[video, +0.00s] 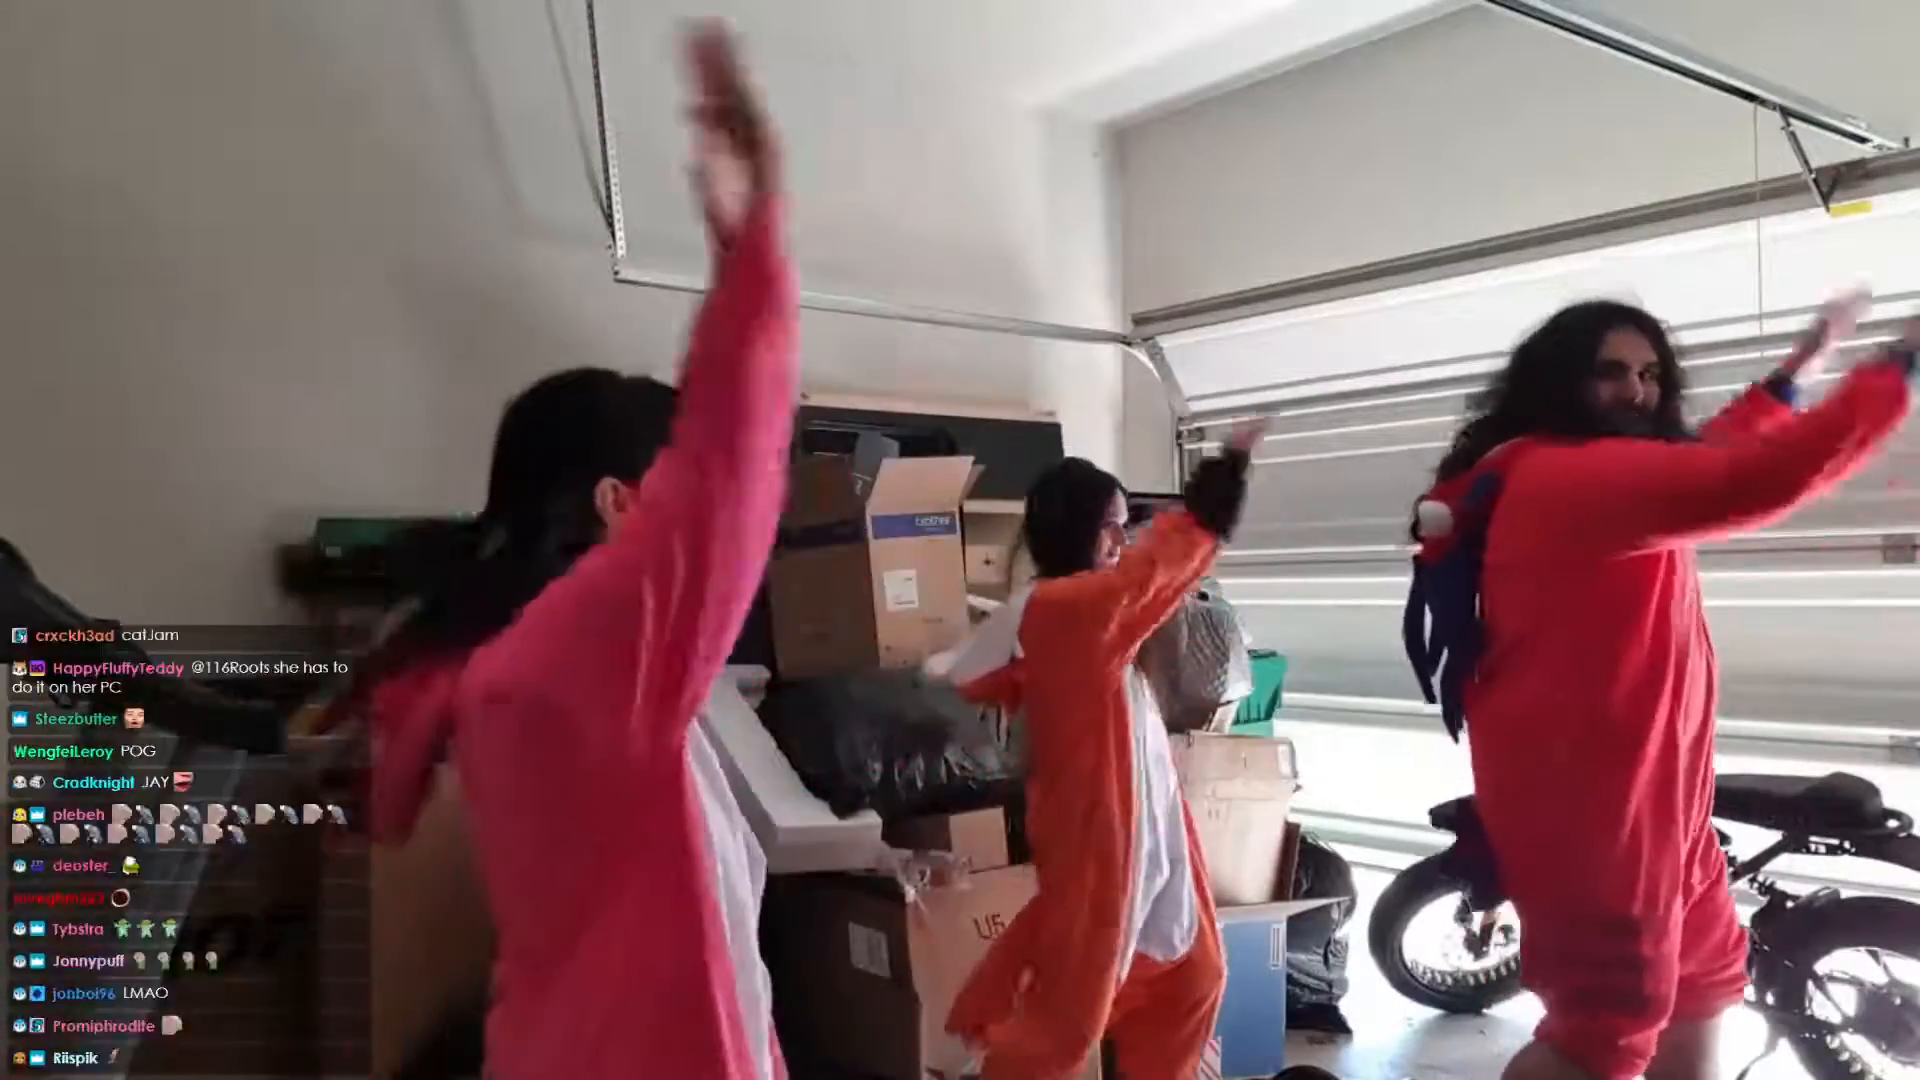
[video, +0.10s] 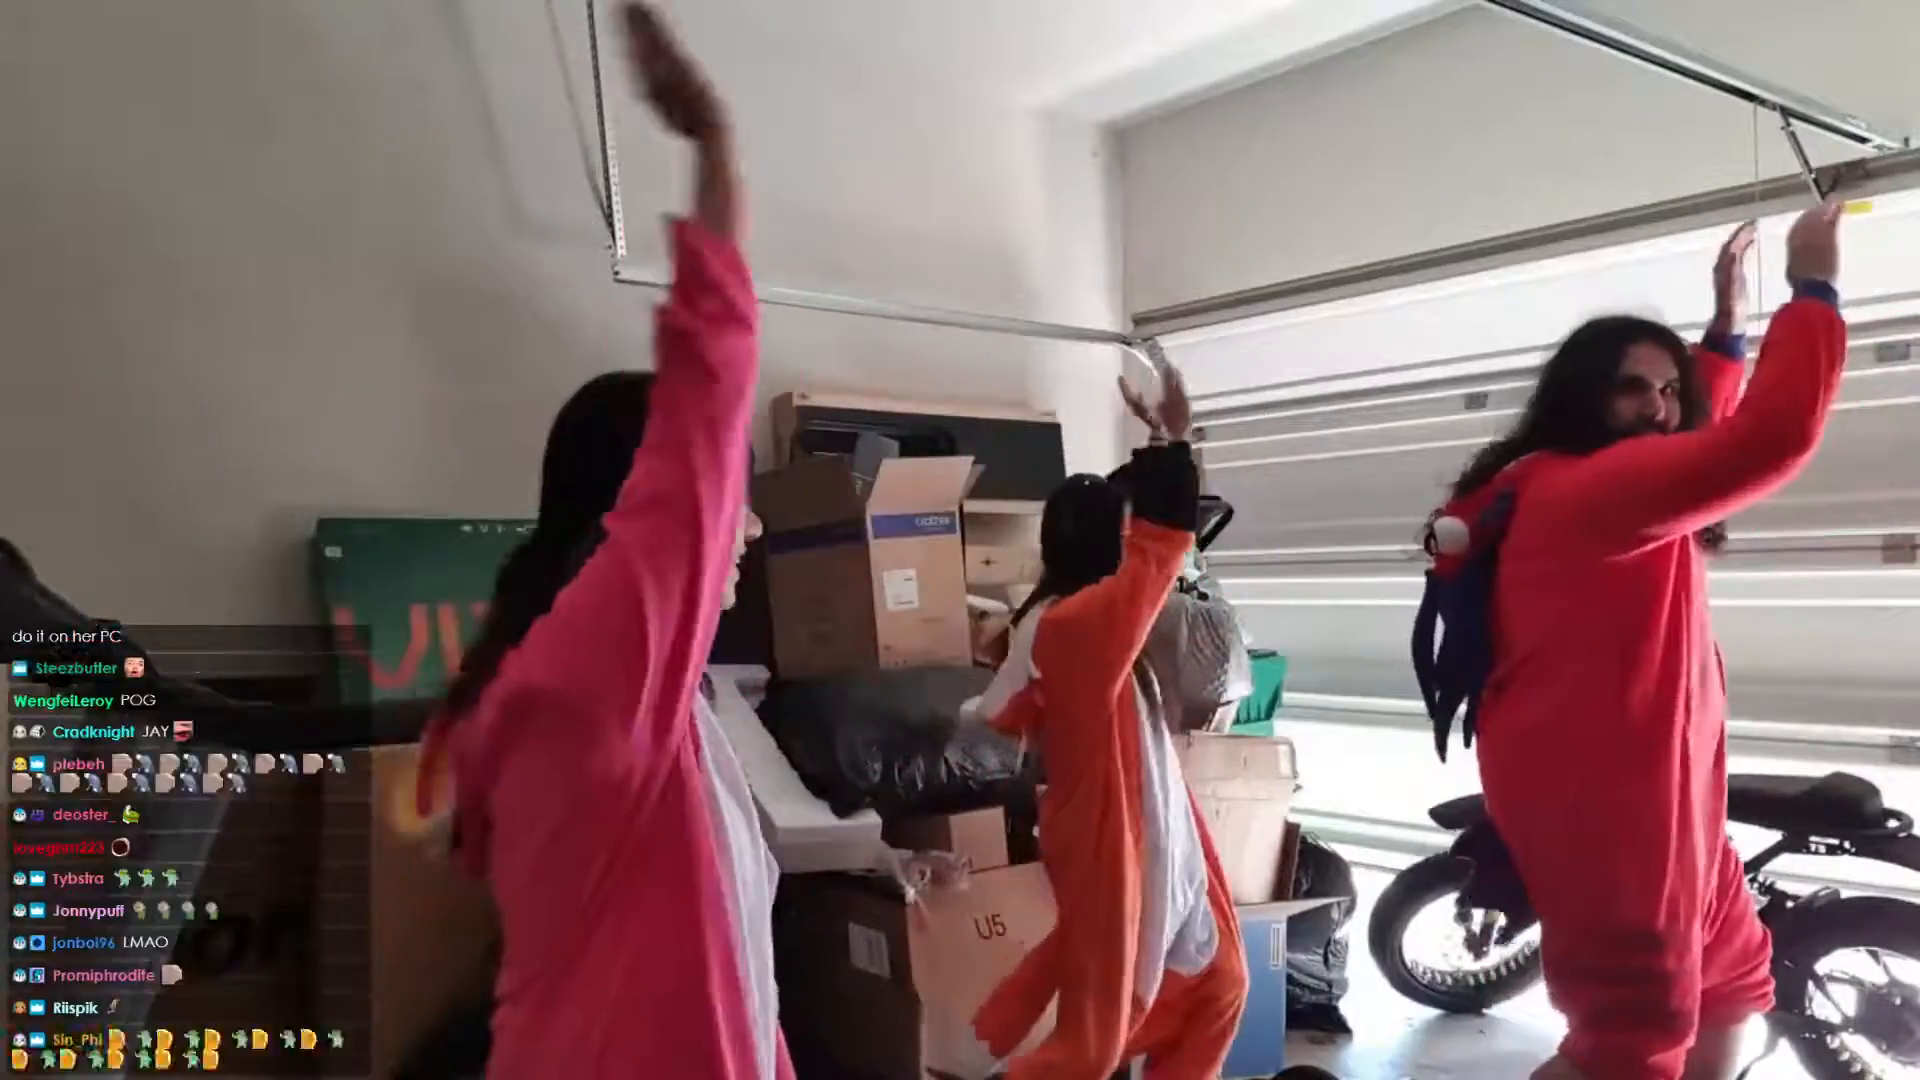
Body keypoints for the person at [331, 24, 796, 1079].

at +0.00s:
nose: (687, 511)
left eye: (689, 483)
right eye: (673, 480)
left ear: (587, 508)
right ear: (617, 504)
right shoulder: (561, 674)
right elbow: (731, 469)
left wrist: (744, 243)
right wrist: (754, 230)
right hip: (633, 1058)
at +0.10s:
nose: (735, 539)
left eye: (731, 511)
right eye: (711, 508)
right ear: (636, 505)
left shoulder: (658, 703)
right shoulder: (574, 695)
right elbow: (690, 457)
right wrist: (714, 143)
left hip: (715, 1059)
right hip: (621, 1061)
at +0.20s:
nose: (746, 463)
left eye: (743, 433)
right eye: (729, 430)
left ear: (647, 449)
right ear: (646, 447)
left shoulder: (628, 630)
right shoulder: (565, 622)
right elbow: (776, 517)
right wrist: (978, 353)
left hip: (685, 1034)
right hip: (616, 1043)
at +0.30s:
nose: (793, 449)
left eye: (786, 417)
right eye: (767, 413)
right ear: (669, 437)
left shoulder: (663, 600)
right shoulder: (600, 601)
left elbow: (854, 679)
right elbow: (837, 674)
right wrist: (1081, 686)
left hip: (652, 1036)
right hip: (562, 1042)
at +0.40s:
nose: (843, 500)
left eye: (834, 472)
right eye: (798, 476)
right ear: (704, 517)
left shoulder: (754, 686)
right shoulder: (664, 691)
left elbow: (822, 929)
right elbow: (798, 945)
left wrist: (922, 1057)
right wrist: (923, 1062)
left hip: (640, 1046)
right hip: (513, 1049)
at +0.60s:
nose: (758, 483)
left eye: (771, 455)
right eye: (715, 451)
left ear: (790, 479)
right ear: (627, 482)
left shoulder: (693, 653)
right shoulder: (621, 674)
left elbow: (785, 876)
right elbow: (728, 926)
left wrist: (879, 1044)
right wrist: (866, 1049)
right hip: (532, 1062)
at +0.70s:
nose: (672, 444)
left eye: (685, 415)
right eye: (630, 411)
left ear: (703, 436)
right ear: (539, 435)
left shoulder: (626, 604)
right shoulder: (546, 612)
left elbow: (820, 704)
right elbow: (785, 717)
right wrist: (1109, 766)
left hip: (688, 1029)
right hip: (570, 1038)